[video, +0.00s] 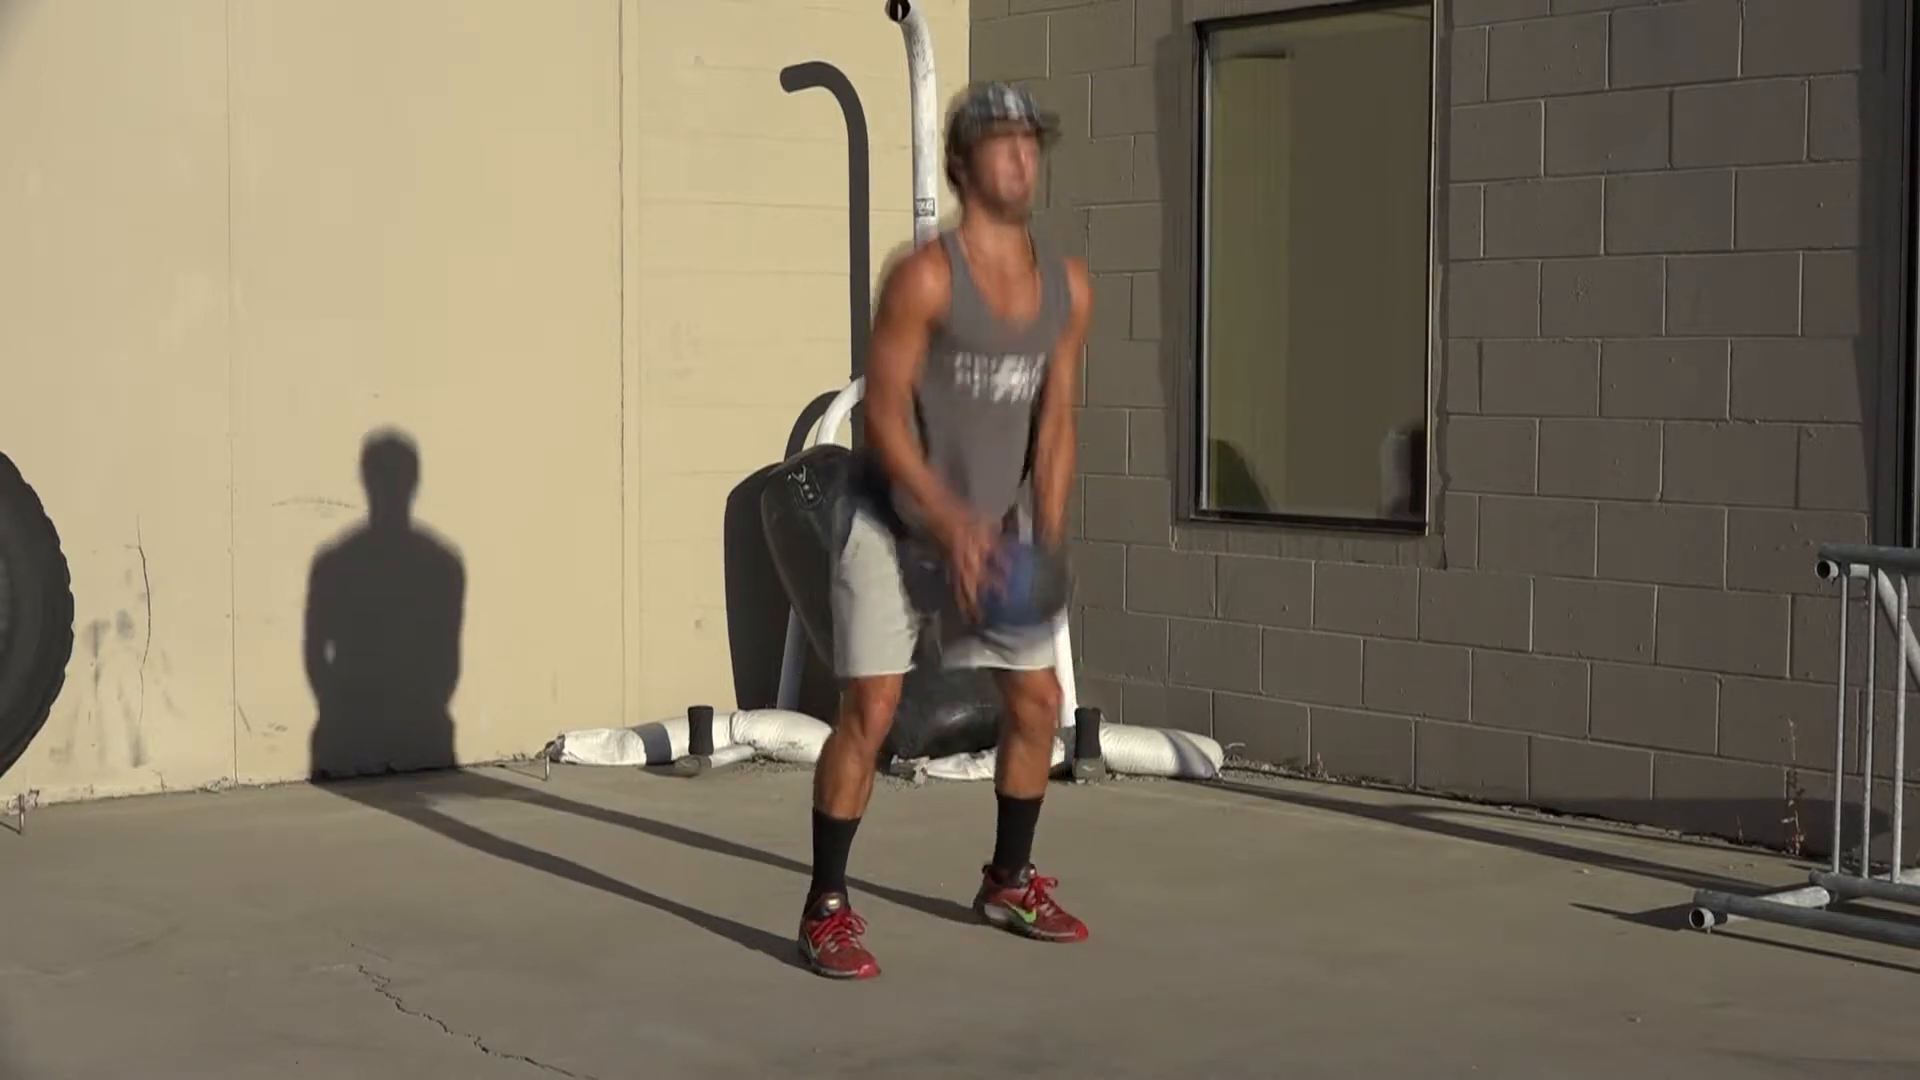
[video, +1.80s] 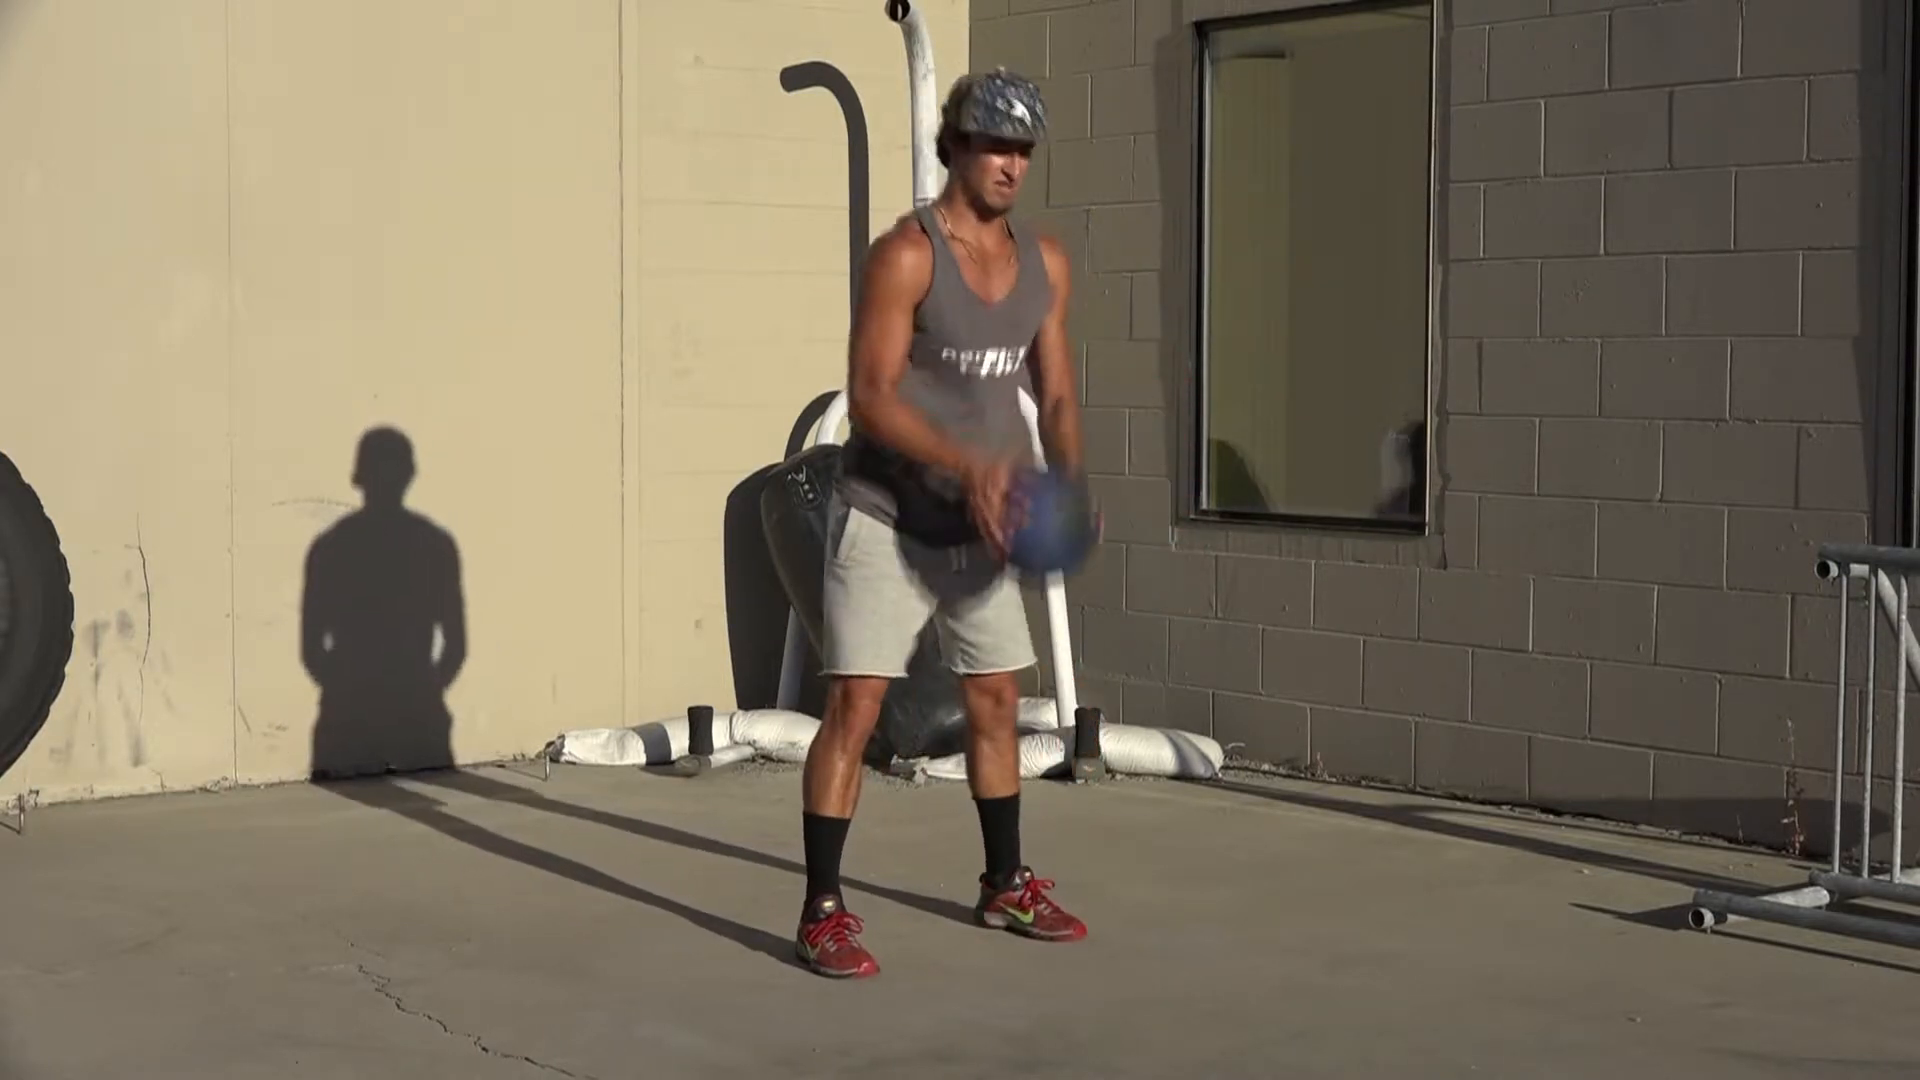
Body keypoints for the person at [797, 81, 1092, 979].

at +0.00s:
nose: (1022, 159)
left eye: (1030, 144)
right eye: (1002, 144)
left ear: (1042, 160)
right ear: (963, 163)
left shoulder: (1065, 284)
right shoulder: (923, 275)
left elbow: (1056, 422)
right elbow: (882, 422)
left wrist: (1049, 541)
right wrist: (950, 520)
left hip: (1001, 522)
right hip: (896, 515)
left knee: (1038, 701)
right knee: (871, 708)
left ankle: (1010, 881)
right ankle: (826, 905)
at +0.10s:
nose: (995, 97)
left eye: (1007, 83)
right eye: (977, 83)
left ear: (1021, 99)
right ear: (941, 100)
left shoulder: (1054, 221)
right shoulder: (908, 209)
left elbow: (1060, 350)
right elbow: (848, 341)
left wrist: (1063, 428)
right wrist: (951, 405)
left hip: (1012, 484)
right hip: (908, 482)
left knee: (1027, 670)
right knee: (872, 678)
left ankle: (1025, 855)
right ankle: (833, 895)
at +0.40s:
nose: (984, 162)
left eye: (994, 147)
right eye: (965, 148)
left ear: (1008, 159)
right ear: (931, 162)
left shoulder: (1029, 262)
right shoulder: (912, 262)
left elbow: (1168, 374)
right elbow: (879, 381)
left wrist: (1098, 319)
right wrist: (983, 321)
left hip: (992, 542)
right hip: (891, 540)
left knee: (1057, 707)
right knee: (861, 724)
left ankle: (1011, 882)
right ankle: (821, 908)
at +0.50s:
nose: (990, 257)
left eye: (1000, 241)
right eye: (971, 243)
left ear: (1018, 249)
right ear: (939, 259)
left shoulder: (1044, 348)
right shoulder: (923, 352)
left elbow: (1185, 432)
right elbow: (901, 462)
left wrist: (1105, 382)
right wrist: (997, 381)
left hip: (972, 594)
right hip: (870, 589)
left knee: (1073, 724)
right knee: (863, 734)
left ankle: (1010, 884)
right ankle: (822, 913)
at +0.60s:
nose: (1002, 353)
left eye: (1011, 337)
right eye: (984, 338)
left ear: (1025, 346)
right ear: (948, 356)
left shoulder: (1042, 442)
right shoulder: (922, 457)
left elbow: (1188, 534)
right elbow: (909, 579)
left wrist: (1104, 480)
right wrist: (999, 491)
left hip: (963, 648)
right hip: (863, 641)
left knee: (1075, 732)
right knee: (864, 737)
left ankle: (1009, 886)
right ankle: (823, 913)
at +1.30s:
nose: (1010, 235)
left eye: (1022, 219)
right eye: (993, 219)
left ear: (1034, 230)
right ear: (955, 229)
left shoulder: (1044, 324)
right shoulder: (920, 331)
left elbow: (1170, 443)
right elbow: (894, 466)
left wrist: (1099, 380)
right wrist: (992, 385)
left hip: (981, 566)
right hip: (880, 557)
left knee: (1060, 711)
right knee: (874, 724)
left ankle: (1008, 885)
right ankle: (824, 913)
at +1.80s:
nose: (1010, 166)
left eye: (1022, 151)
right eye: (993, 149)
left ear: (1032, 159)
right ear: (953, 150)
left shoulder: (1044, 260)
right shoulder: (905, 256)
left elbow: (1058, 398)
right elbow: (870, 401)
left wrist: (1070, 490)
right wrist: (966, 467)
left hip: (987, 515)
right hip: (888, 513)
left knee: (996, 698)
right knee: (857, 706)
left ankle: (1005, 887)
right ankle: (822, 910)